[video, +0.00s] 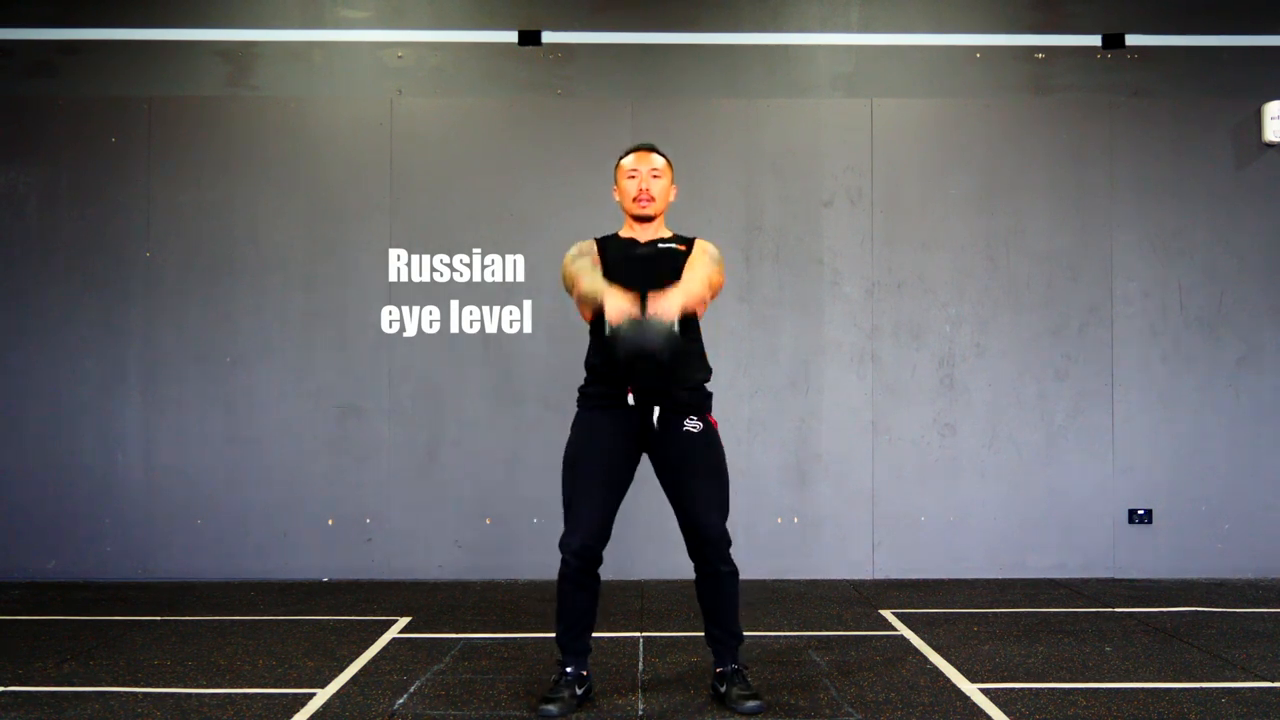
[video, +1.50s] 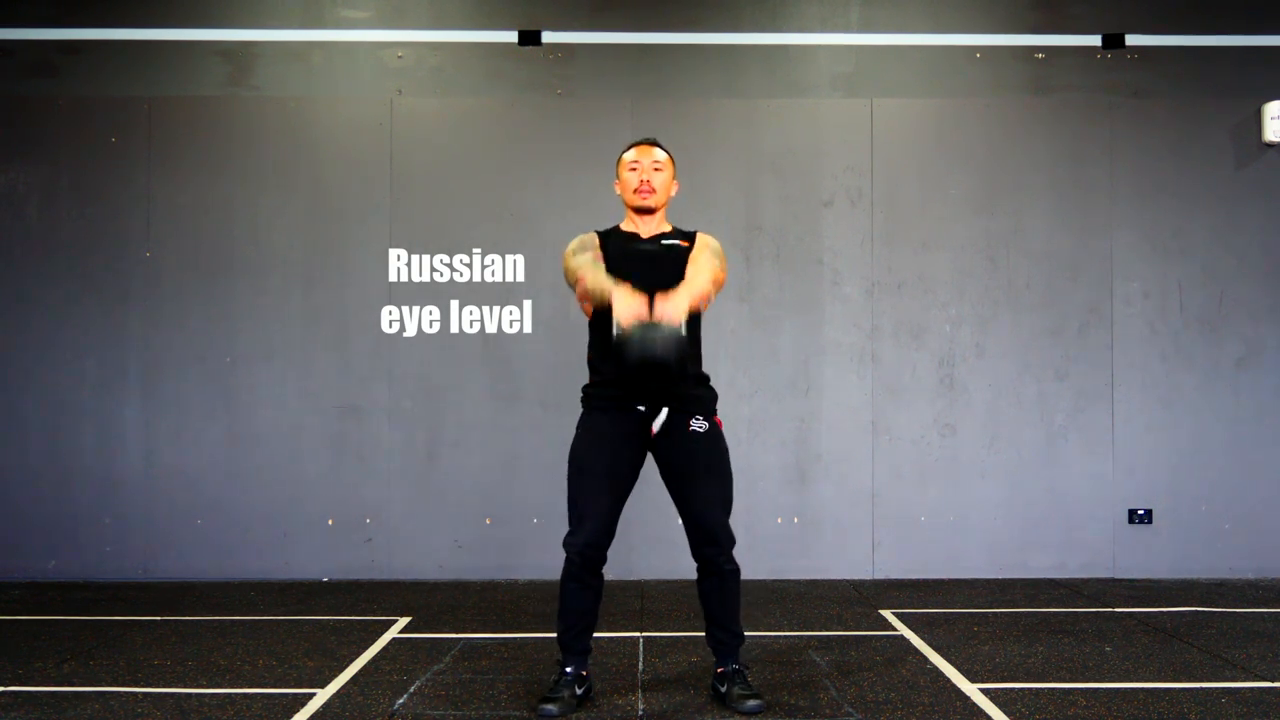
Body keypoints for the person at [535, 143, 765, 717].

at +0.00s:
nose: (644, 182)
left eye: (655, 174)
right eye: (632, 174)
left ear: (672, 190)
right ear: (616, 191)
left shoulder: (699, 251)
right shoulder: (588, 253)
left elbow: (699, 285)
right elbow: (589, 286)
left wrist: (668, 304)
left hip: (683, 415)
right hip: (606, 414)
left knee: (711, 542)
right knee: (580, 544)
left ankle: (728, 670)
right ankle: (572, 672)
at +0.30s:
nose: (646, 168)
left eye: (656, 157)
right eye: (634, 158)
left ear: (673, 165)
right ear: (616, 167)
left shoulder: (701, 245)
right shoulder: (594, 243)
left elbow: (701, 211)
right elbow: (581, 213)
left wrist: (675, 153)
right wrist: (611, 158)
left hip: (684, 414)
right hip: (606, 412)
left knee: (707, 544)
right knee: (583, 545)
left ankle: (729, 669)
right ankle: (572, 672)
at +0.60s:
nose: (648, 169)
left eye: (659, 160)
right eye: (636, 160)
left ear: (676, 177)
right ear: (619, 177)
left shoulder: (702, 240)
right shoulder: (592, 240)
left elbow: (706, 270)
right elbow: (583, 262)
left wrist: (677, 275)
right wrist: (605, 269)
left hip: (684, 413)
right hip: (607, 413)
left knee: (712, 542)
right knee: (581, 543)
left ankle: (729, 670)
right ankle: (571, 672)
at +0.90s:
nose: (645, 206)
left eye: (656, 197)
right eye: (632, 197)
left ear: (675, 211)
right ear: (615, 213)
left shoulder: (707, 290)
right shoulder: (584, 291)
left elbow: (697, 391)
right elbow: (594, 393)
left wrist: (675, 467)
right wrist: (619, 468)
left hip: (686, 440)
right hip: (604, 438)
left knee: (744, 538)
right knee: (549, 540)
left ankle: (733, 670)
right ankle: (568, 672)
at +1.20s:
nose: (638, 226)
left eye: (651, 216)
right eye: (626, 216)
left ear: (672, 230)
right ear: (612, 229)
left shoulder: (708, 305)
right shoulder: (582, 311)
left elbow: (699, 403)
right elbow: (594, 410)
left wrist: (679, 476)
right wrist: (619, 479)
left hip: (688, 449)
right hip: (607, 449)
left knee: (746, 541)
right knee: (552, 545)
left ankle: (732, 672)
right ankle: (570, 674)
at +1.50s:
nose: (645, 175)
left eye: (656, 166)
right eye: (633, 167)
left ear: (674, 185)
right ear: (617, 185)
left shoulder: (702, 246)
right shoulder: (589, 246)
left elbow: (704, 280)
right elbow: (590, 278)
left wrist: (677, 302)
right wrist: (620, 297)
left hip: (686, 413)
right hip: (611, 413)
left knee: (714, 543)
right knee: (584, 543)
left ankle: (729, 670)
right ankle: (572, 672)